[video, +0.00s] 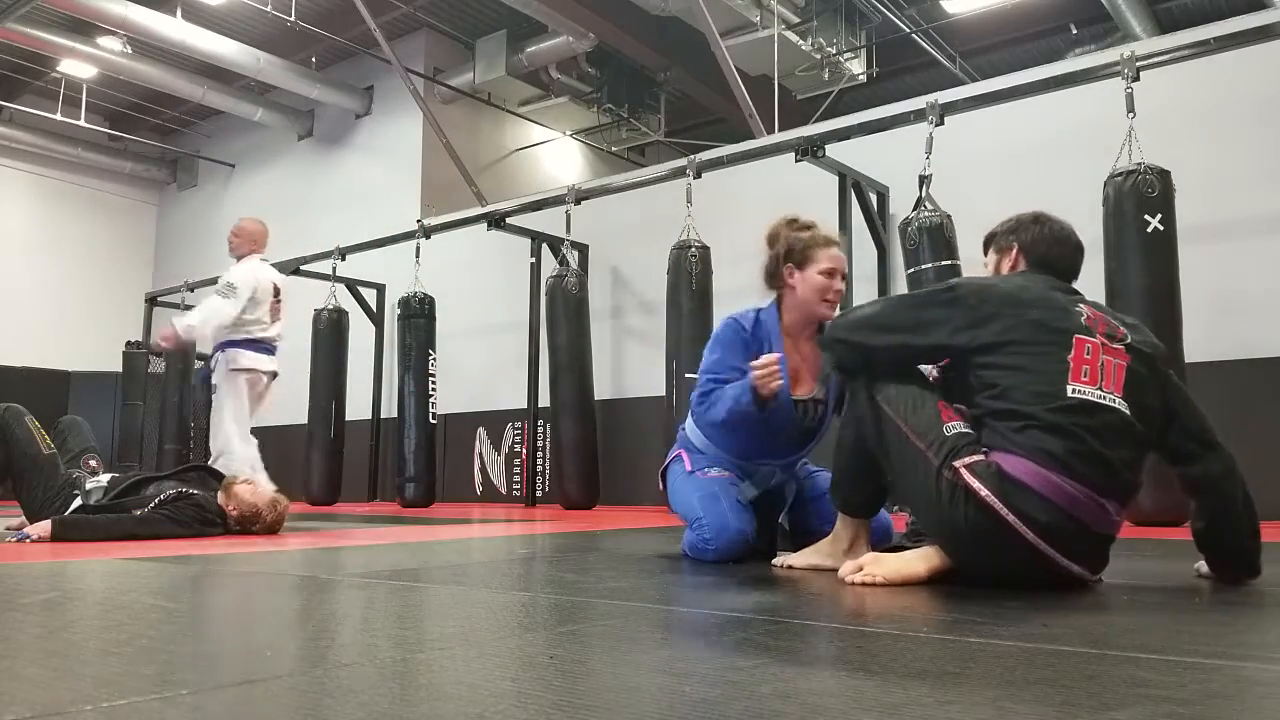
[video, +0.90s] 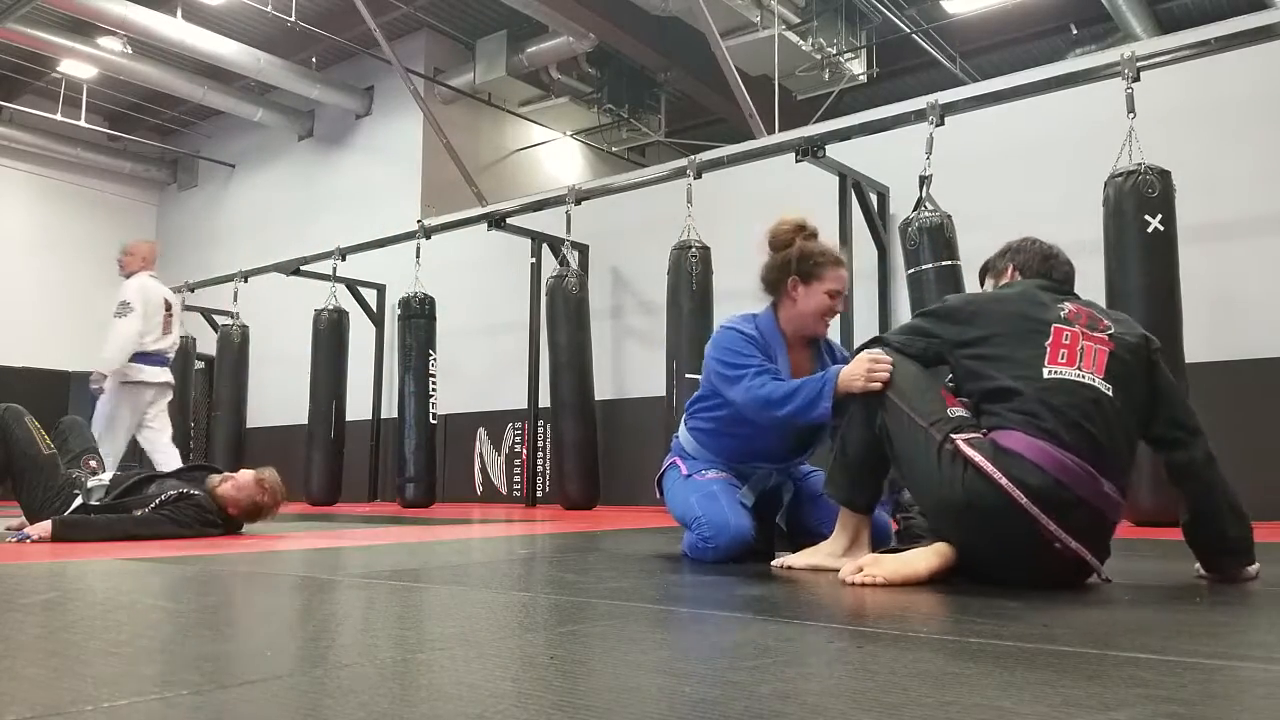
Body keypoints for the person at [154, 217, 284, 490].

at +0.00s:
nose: (229, 238)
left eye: (236, 235)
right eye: (231, 233)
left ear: (252, 243)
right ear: (257, 244)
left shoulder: (243, 273)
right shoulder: (273, 275)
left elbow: (219, 309)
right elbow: (270, 325)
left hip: (238, 361)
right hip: (264, 363)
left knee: (226, 431)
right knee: (237, 430)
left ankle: (234, 497)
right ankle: (262, 495)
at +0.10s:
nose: (217, 242)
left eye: (224, 238)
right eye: (219, 237)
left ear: (242, 244)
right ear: (245, 247)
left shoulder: (231, 272)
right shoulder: (262, 278)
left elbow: (199, 294)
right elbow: (264, 329)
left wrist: (148, 294)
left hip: (226, 361)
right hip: (251, 363)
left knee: (222, 435)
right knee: (229, 433)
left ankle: (230, 505)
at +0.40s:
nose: (185, 252)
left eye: (191, 247)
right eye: (186, 247)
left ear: (208, 253)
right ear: (211, 255)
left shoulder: (198, 279)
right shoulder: (228, 287)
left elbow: (178, 307)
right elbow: (233, 336)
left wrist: (122, 299)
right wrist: (224, 368)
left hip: (191, 369)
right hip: (215, 372)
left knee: (184, 440)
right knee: (191, 439)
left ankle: (212, 495)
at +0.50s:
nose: (174, 251)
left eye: (181, 247)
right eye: (176, 247)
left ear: (199, 253)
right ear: (200, 255)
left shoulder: (189, 280)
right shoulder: (215, 285)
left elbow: (166, 318)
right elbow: (223, 337)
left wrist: (123, 342)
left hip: (182, 370)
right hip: (206, 372)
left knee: (154, 436)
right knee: (190, 441)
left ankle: (198, 489)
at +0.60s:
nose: (162, 252)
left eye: (169, 248)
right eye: (163, 247)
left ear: (187, 254)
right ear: (189, 256)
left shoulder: (174, 282)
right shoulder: (205, 285)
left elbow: (163, 330)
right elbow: (212, 337)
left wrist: (147, 374)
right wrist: (201, 364)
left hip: (172, 374)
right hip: (197, 375)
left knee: (133, 437)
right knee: (187, 446)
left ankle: (162, 491)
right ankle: (190, 498)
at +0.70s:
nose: (149, 254)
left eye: (156, 251)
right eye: (151, 249)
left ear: (174, 257)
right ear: (178, 259)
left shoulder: (163, 283)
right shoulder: (192, 287)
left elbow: (159, 329)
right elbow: (206, 334)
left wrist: (135, 368)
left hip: (161, 372)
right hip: (187, 373)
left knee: (125, 435)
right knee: (182, 440)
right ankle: (192, 494)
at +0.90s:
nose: (120, 259)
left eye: (127, 254)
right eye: (122, 254)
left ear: (144, 260)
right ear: (147, 262)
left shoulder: (134, 286)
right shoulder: (168, 293)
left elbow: (125, 332)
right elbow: (173, 341)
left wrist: (101, 370)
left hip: (130, 378)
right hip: (159, 380)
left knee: (104, 444)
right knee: (161, 446)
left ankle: (88, 505)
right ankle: (186, 496)